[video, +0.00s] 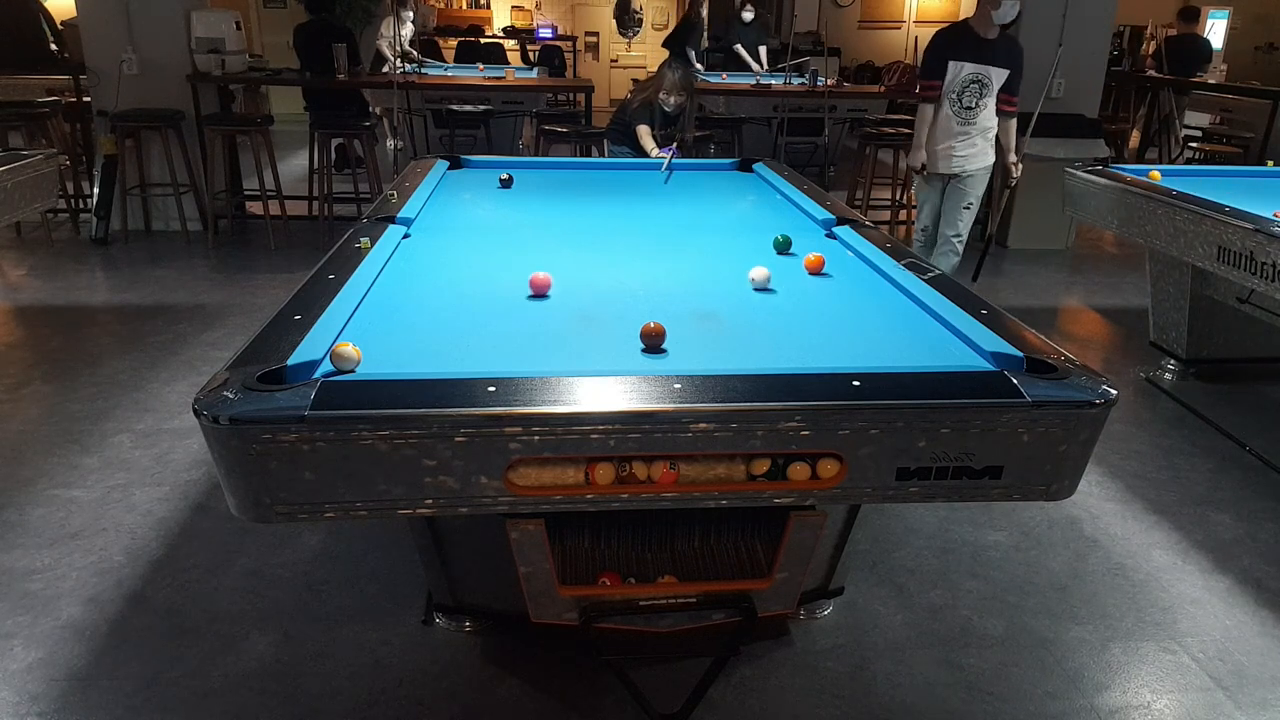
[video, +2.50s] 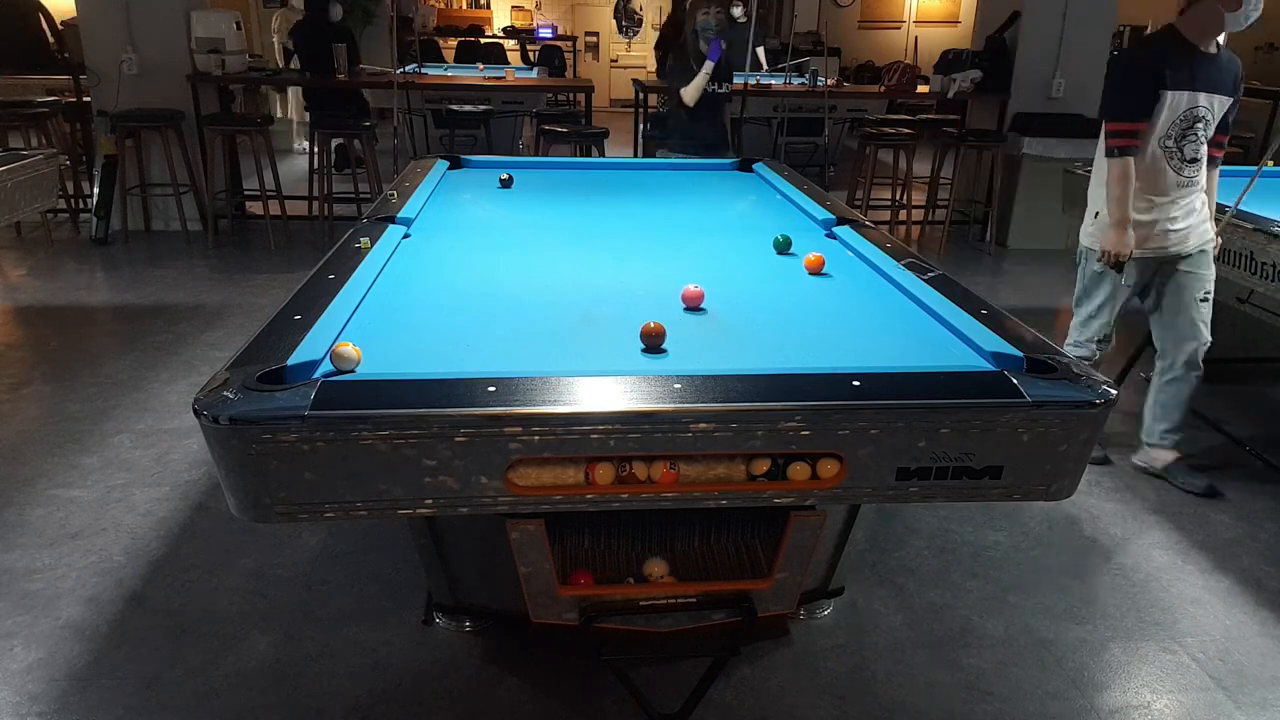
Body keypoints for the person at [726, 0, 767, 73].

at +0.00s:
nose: (747, 15)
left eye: (750, 12)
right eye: (745, 11)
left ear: (754, 14)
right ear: (740, 12)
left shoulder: (758, 26)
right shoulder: (734, 25)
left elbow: (762, 46)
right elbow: (736, 46)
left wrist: (765, 65)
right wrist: (753, 64)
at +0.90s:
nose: (737, 11)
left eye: (740, 8)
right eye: (735, 8)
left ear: (748, 11)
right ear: (733, 10)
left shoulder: (756, 25)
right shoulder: (730, 25)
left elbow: (761, 46)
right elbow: (734, 46)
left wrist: (765, 66)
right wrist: (748, 64)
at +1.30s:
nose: (733, 10)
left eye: (736, 7)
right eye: (731, 7)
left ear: (744, 10)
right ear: (729, 10)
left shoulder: (754, 25)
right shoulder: (728, 26)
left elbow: (759, 46)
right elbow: (730, 44)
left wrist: (765, 65)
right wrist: (741, 59)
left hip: (752, 69)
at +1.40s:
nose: (731, 10)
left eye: (735, 7)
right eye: (730, 7)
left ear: (742, 10)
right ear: (727, 10)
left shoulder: (753, 25)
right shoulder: (727, 26)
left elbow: (758, 46)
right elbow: (727, 44)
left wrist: (764, 65)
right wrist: (735, 56)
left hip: (752, 69)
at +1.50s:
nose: (731, 9)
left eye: (734, 6)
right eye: (729, 6)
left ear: (742, 10)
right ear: (727, 9)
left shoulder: (753, 25)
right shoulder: (726, 26)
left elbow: (758, 46)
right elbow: (724, 43)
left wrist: (764, 65)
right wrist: (728, 54)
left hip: (752, 70)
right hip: (733, 70)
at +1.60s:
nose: (731, 10)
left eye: (734, 7)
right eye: (729, 7)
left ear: (741, 9)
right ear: (727, 10)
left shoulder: (752, 26)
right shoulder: (725, 26)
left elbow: (758, 47)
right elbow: (722, 45)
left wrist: (765, 66)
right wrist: (721, 56)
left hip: (751, 72)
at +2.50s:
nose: (734, 10)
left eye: (737, 6)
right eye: (732, 7)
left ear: (744, 9)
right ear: (730, 9)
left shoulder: (753, 25)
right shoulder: (728, 25)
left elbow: (759, 46)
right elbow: (723, 44)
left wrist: (764, 66)